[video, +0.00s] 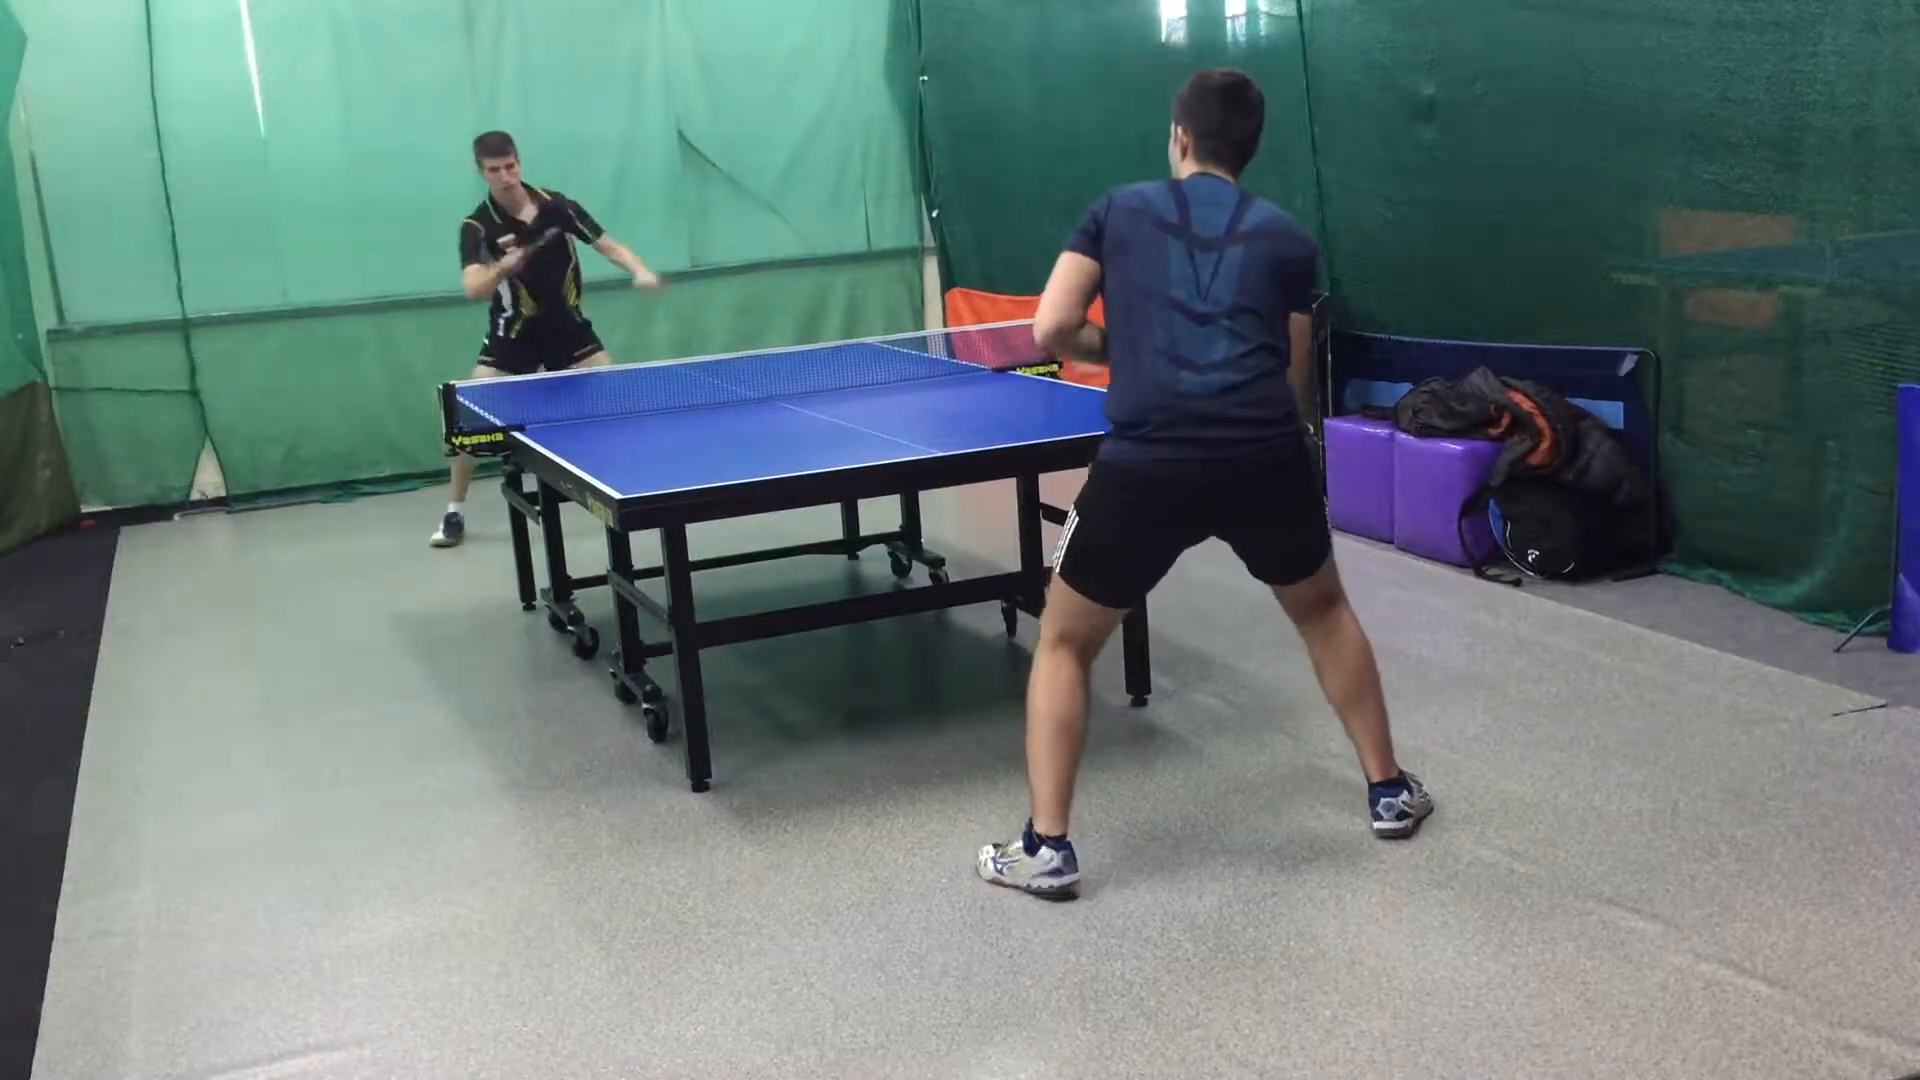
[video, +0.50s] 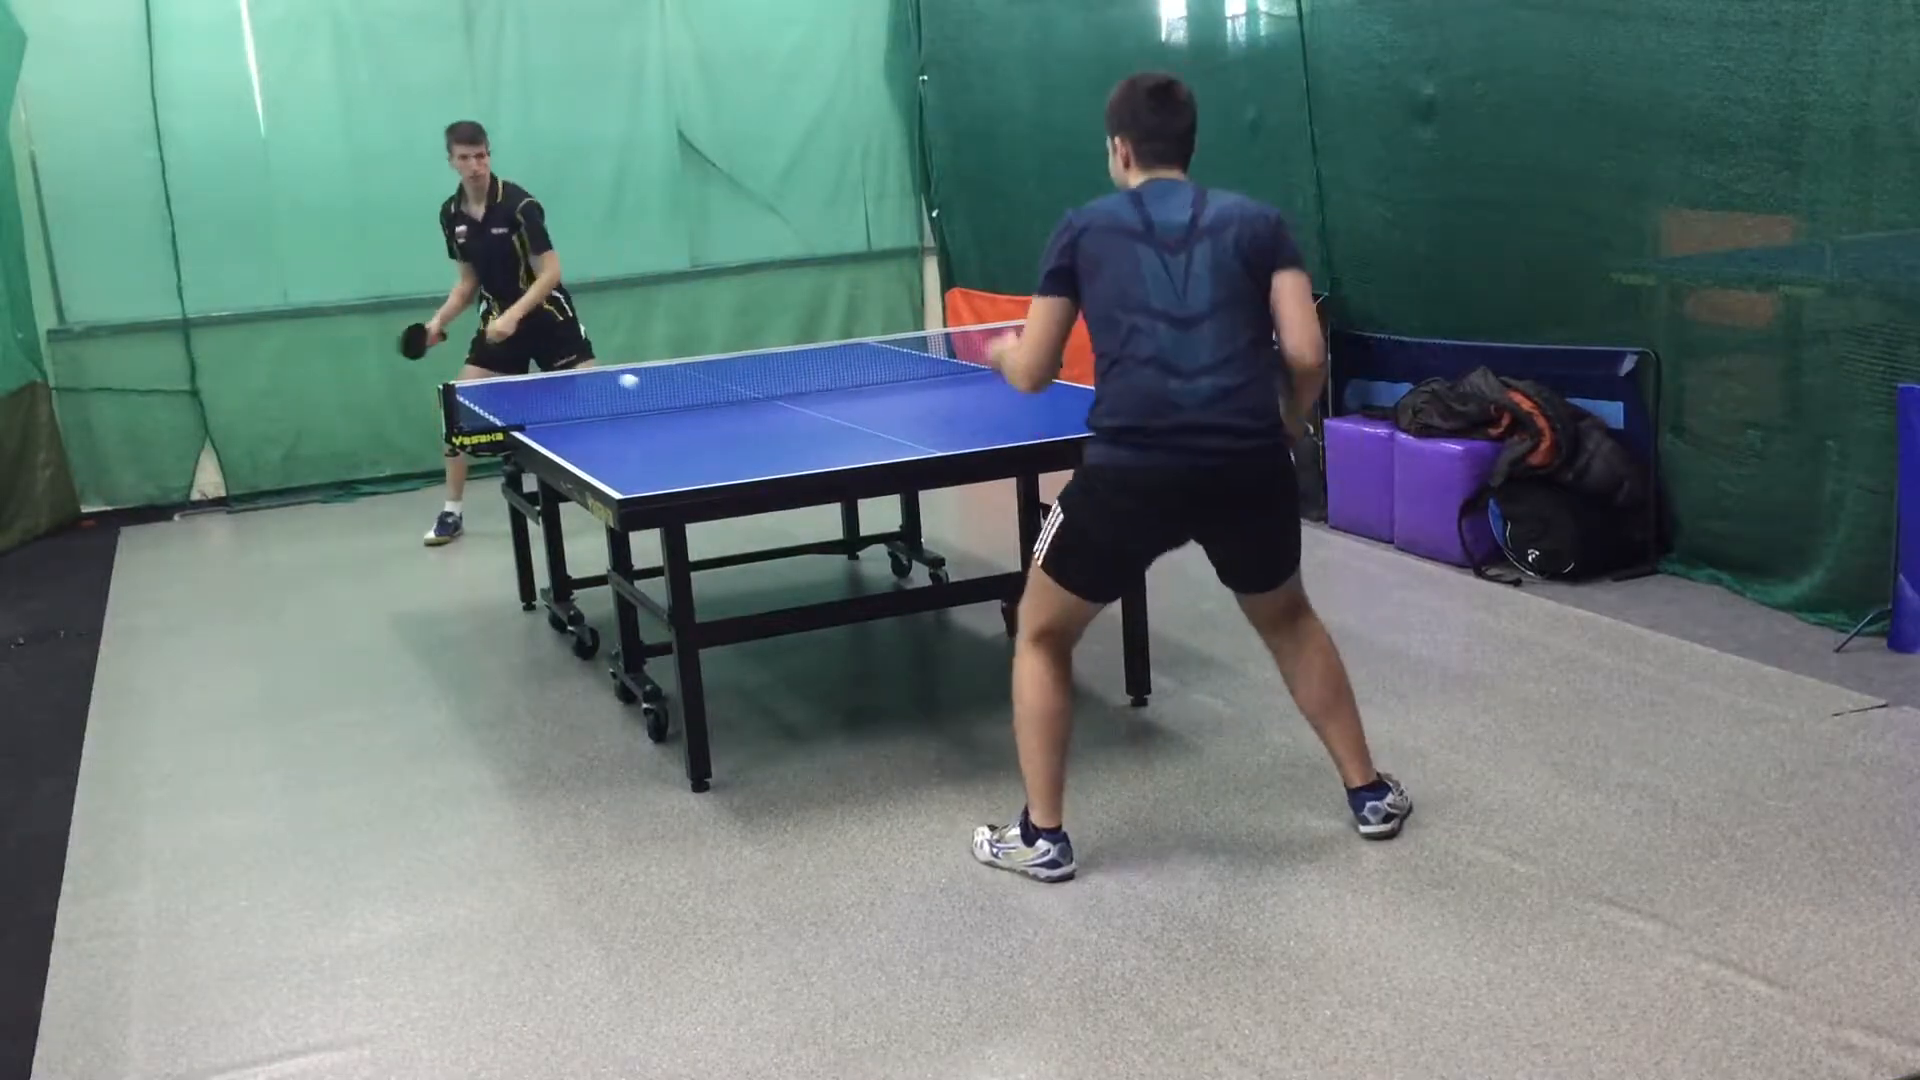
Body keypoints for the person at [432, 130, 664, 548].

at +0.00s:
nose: (504, 176)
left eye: (509, 166)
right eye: (495, 170)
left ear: (519, 163)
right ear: (482, 173)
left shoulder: (556, 206)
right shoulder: (478, 225)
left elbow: (607, 246)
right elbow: (473, 286)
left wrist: (640, 268)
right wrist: (503, 266)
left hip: (568, 328)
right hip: (510, 338)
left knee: (617, 398)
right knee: (473, 416)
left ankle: (635, 491)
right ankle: (454, 512)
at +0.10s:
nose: (481, 183)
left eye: (486, 174)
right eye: (471, 177)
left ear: (496, 171)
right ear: (459, 181)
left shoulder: (531, 212)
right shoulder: (454, 231)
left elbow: (579, 267)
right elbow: (446, 307)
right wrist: (474, 300)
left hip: (550, 322)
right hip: (500, 330)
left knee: (603, 396)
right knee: (464, 410)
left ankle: (624, 490)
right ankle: (451, 510)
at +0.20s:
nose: (462, 196)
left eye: (466, 186)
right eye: (452, 190)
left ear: (476, 181)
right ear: (439, 193)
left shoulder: (510, 224)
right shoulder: (441, 240)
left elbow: (543, 293)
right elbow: (438, 303)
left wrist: (512, 335)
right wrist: (414, 332)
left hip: (541, 318)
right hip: (494, 325)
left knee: (586, 395)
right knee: (457, 403)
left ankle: (613, 489)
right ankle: (450, 511)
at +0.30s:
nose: (455, 188)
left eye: (459, 179)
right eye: (445, 183)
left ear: (468, 174)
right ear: (432, 186)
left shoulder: (503, 220)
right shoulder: (438, 233)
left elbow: (527, 293)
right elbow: (442, 298)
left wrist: (480, 334)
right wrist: (402, 334)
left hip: (542, 320)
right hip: (494, 328)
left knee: (586, 401)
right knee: (457, 408)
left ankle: (618, 491)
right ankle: (449, 511)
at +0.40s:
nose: (459, 174)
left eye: (464, 165)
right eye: (449, 168)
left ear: (474, 162)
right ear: (437, 172)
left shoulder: (506, 210)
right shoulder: (442, 220)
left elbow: (534, 280)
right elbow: (456, 284)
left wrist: (488, 322)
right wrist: (415, 325)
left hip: (542, 312)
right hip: (495, 320)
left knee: (587, 399)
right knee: (458, 404)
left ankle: (615, 492)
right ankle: (451, 510)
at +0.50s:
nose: (475, 166)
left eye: (481, 157)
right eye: (465, 159)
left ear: (490, 155)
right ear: (452, 162)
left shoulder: (518, 204)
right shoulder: (452, 215)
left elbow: (551, 271)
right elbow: (468, 281)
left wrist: (513, 314)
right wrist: (438, 321)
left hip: (548, 314)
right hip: (500, 321)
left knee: (590, 400)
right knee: (461, 403)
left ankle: (623, 491)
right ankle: (452, 509)